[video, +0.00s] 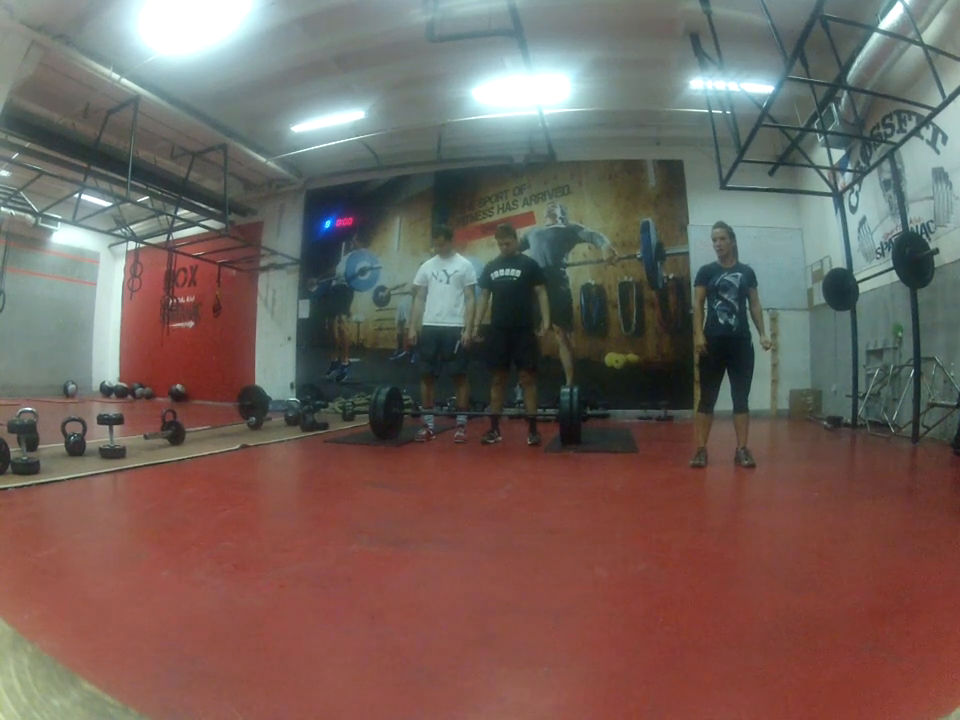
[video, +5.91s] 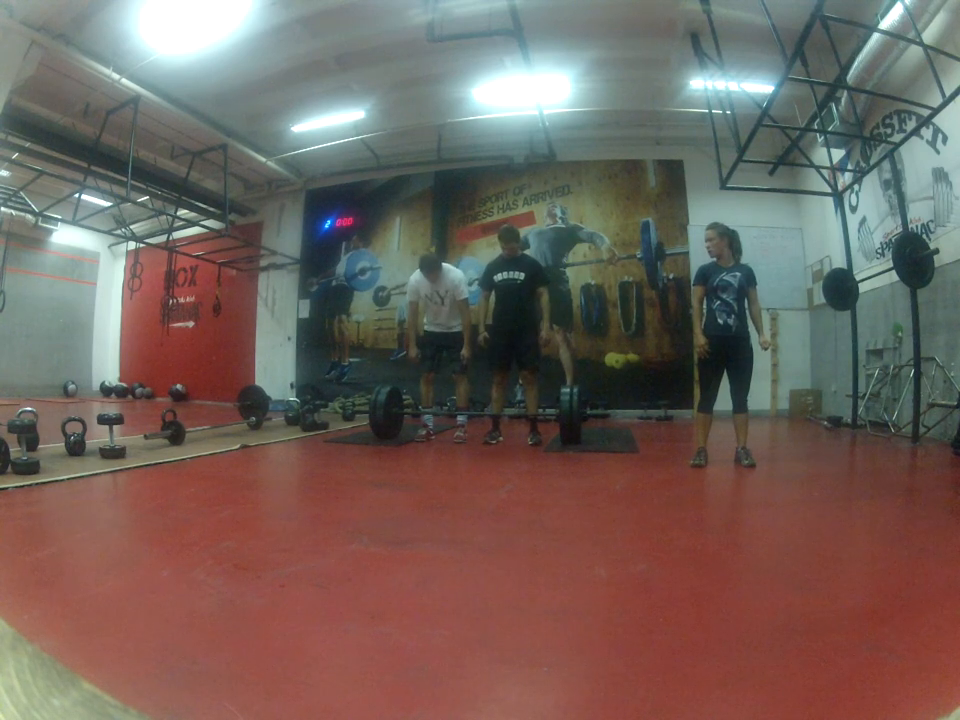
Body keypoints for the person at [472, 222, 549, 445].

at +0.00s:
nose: (505, 247)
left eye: (509, 242)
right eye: (502, 243)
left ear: (517, 241)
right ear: (497, 244)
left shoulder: (529, 264)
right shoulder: (491, 267)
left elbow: (541, 293)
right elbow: (483, 298)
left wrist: (546, 321)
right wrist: (476, 326)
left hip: (525, 329)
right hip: (498, 330)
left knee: (527, 378)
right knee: (498, 378)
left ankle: (532, 429)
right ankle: (494, 428)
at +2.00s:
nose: (504, 252)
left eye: (507, 248)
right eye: (500, 248)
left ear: (515, 243)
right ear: (496, 246)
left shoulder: (531, 265)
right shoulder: (493, 266)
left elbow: (543, 295)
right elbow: (484, 298)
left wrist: (543, 326)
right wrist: (482, 327)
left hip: (527, 330)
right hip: (501, 329)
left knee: (529, 377)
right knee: (498, 377)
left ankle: (533, 428)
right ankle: (494, 428)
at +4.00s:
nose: (498, 241)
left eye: (501, 237)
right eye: (499, 237)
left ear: (511, 238)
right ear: (508, 238)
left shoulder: (533, 262)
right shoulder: (497, 264)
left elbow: (547, 292)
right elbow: (490, 293)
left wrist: (539, 316)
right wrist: (484, 315)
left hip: (524, 328)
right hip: (500, 328)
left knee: (528, 378)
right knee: (499, 377)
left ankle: (533, 429)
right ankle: (495, 428)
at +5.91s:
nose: (509, 250)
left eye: (512, 246)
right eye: (505, 246)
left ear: (519, 243)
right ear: (499, 244)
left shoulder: (533, 265)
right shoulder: (493, 266)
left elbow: (543, 296)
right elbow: (484, 298)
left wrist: (545, 327)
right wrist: (482, 327)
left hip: (527, 329)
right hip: (501, 329)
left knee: (529, 377)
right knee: (499, 378)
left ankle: (533, 428)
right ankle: (495, 428)